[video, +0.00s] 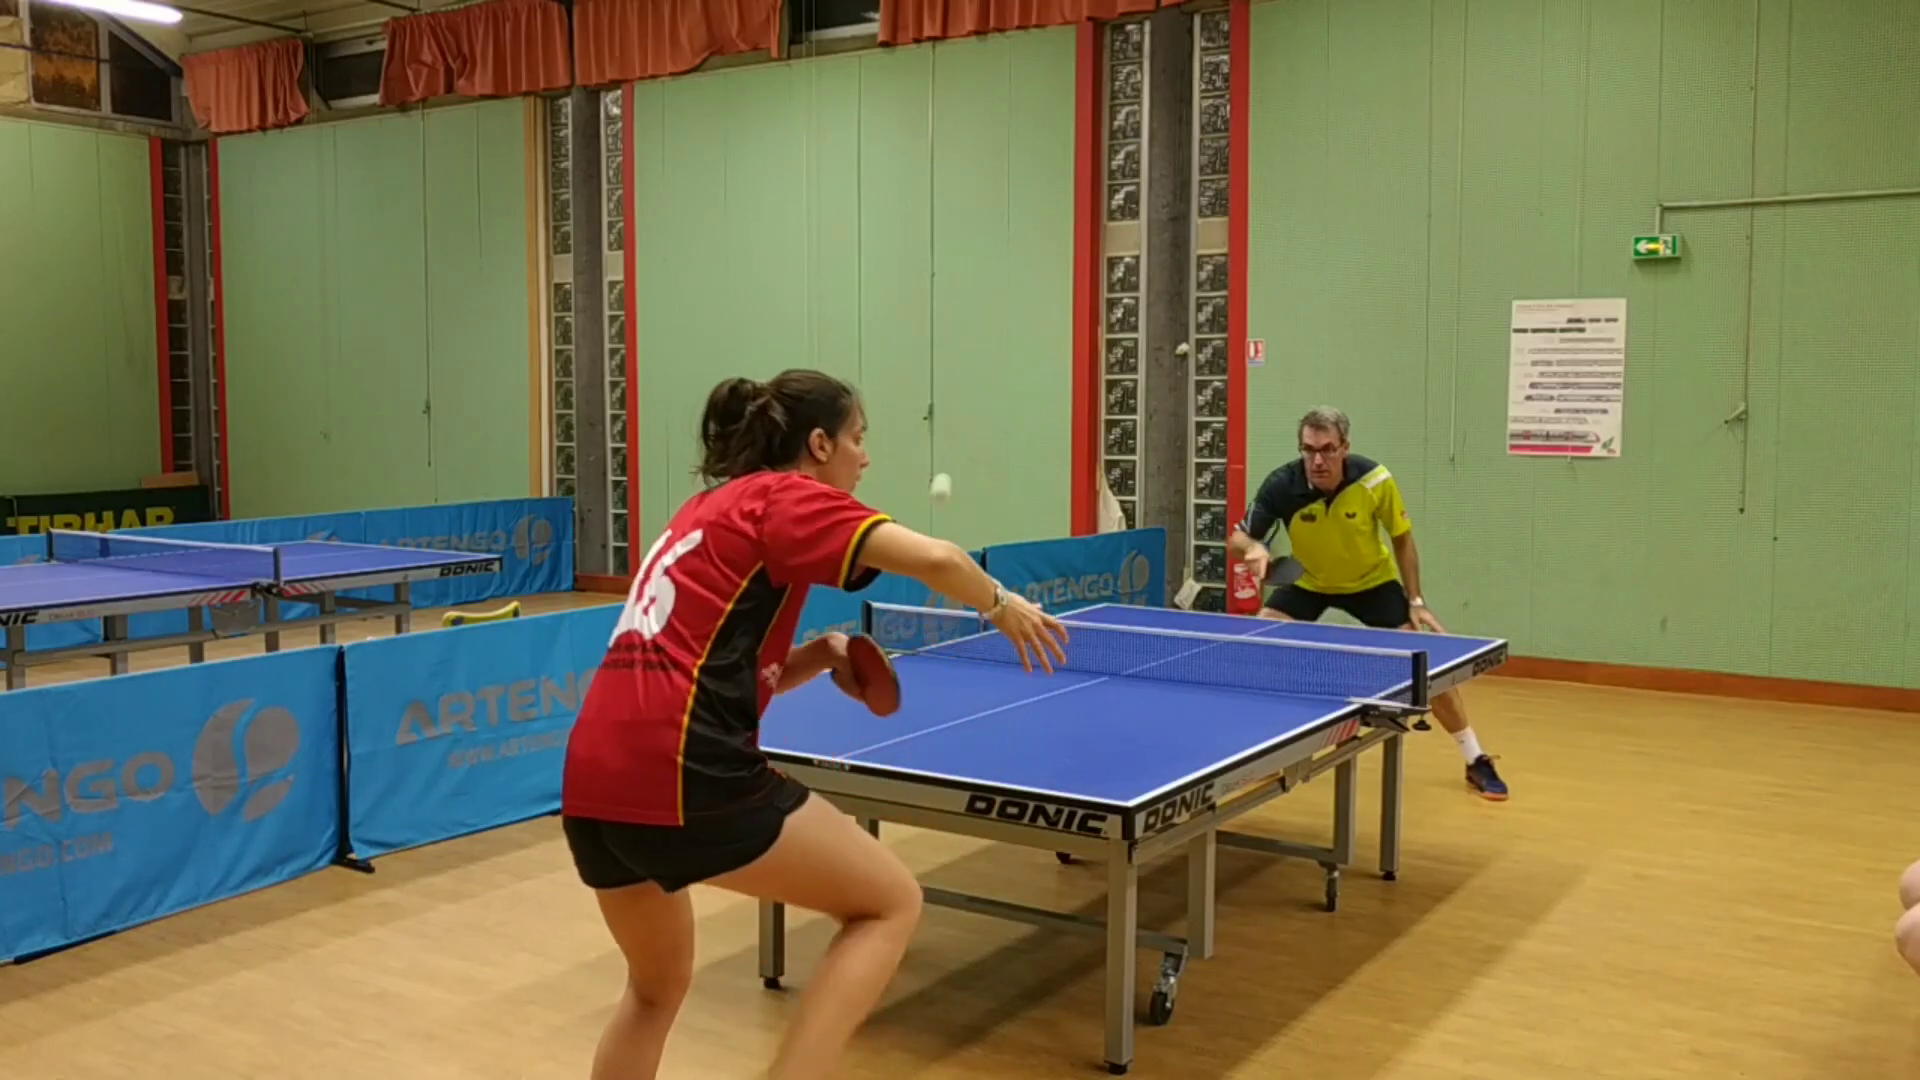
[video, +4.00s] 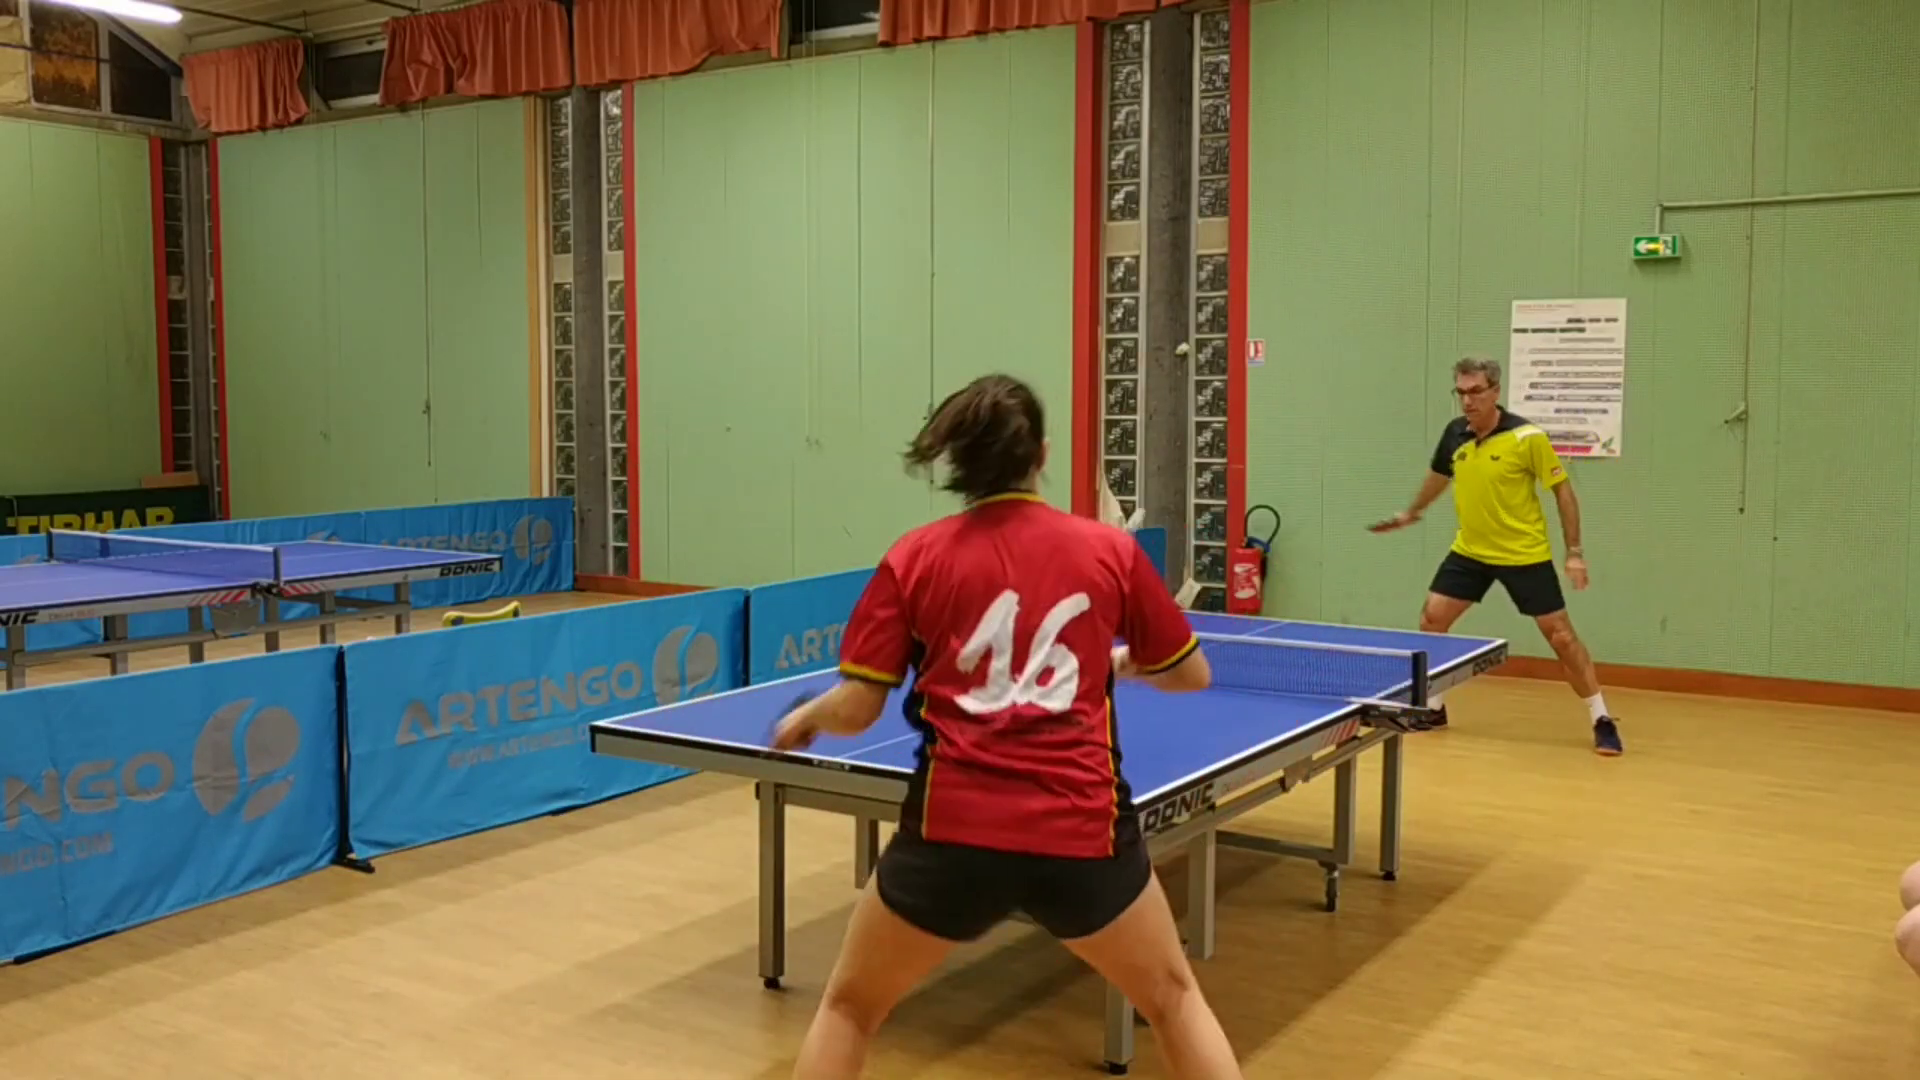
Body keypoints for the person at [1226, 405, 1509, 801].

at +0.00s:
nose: (1318, 461)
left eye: (1327, 450)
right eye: (1310, 451)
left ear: (1345, 448)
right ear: (1299, 450)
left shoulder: (1372, 478)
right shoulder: (1282, 485)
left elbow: (1403, 539)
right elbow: (1239, 538)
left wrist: (1415, 600)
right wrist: (1254, 548)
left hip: (1372, 583)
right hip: (1310, 583)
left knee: (1425, 658)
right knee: (1256, 643)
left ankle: (1476, 759)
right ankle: (1259, 753)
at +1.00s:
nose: (1459, 492)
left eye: (1466, 484)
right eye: (1451, 483)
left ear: (1473, 479)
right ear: (1426, 473)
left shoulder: (1445, 494)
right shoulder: (1398, 508)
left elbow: (1439, 533)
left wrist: (1457, 577)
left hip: (1410, 583)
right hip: (1356, 583)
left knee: (1460, 649)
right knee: (1314, 650)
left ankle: (1458, 751)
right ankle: (1276, 754)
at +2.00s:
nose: (1439, 435)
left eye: (1448, 424)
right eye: (1432, 425)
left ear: (1471, 421)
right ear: (1427, 426)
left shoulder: (1514, 456)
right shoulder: (1428, 466)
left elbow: (1555, 510)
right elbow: (1413, 523)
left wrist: (1558, 574)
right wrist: (1397, 565)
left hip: (1522, 570)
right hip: (1459, 567)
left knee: (1560, 665)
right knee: (1412, 628)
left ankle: (1583, 747)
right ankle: (1381, 726)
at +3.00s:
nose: (1500, 404)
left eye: (1509, 395)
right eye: (1494, 395)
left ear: (1530, 393)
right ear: (1489, 395)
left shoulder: (1559, 440)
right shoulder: (1489, 434)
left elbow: (1590, 498)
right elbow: (1492, 486)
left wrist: (1604, 560)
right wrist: (1481, 530)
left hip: (1559, 556)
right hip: (1513, 555)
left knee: (1569, 635)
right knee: (1513, 626)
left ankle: (1592, 735)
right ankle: (1535, 707)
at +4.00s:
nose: (1467, 401)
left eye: (1474, 393)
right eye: (1461, 394)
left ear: (1496, 392)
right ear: (1457, 395)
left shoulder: (1528, 437)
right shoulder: (1456, 433)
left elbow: (1563, 491)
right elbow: (1437, 477)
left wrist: (1574, 553)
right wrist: (1411, 512)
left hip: (1525, 556)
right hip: (1470, 552)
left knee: (1562, 639)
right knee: (1431, 622)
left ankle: (1601, 718)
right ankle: (1432, 706)